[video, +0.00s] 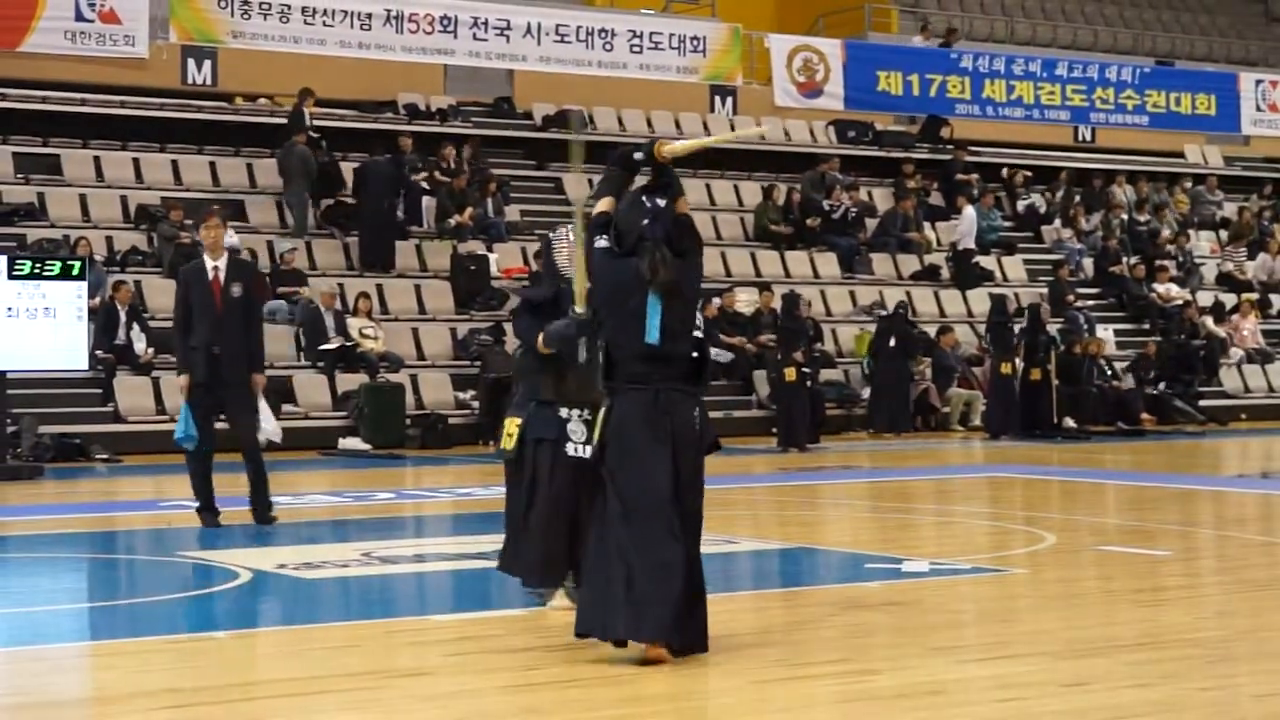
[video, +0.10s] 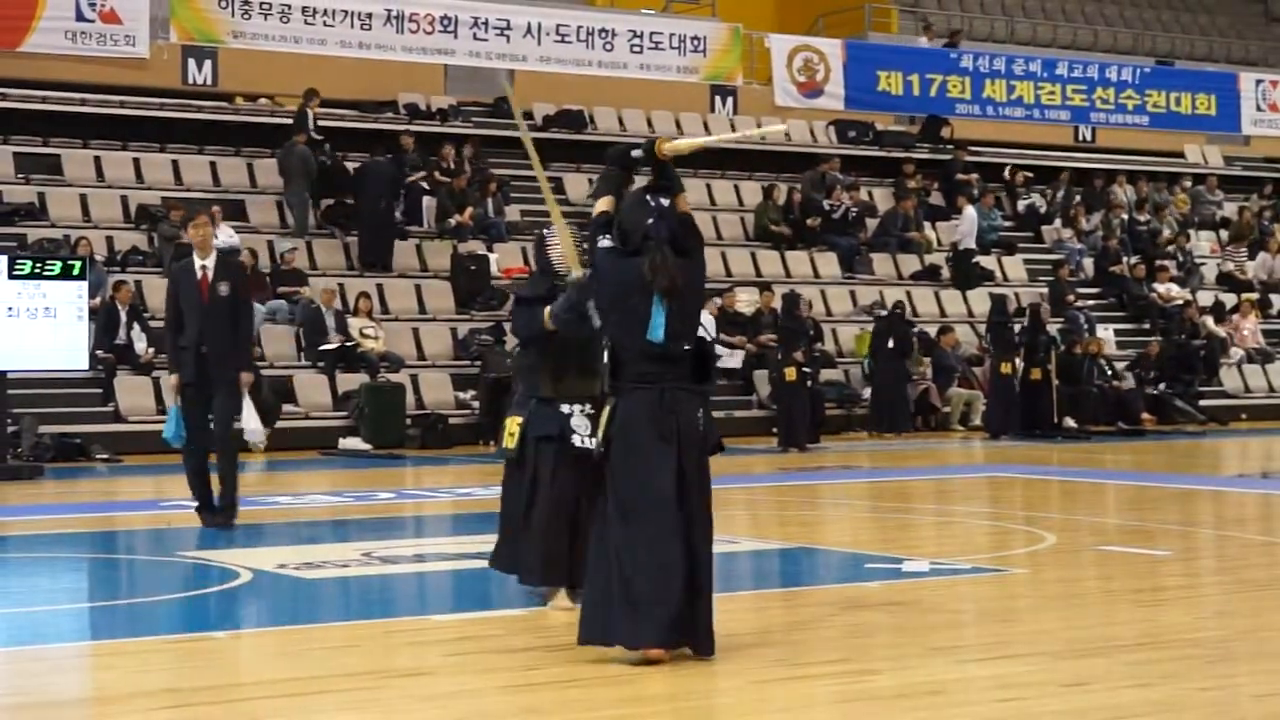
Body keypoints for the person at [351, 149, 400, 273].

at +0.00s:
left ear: (369, 153)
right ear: (385, 153)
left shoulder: (362, 168)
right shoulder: (392, 168)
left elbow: (355, 192)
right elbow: (397, 191)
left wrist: (364, 202)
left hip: (367, 210)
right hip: (386, 210)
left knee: (367, 239)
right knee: (386, 240)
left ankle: (367, 267)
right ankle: (386, 267)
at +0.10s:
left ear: (370, 154)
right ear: (386, 155)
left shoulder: (361, 169)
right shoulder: (392, 169)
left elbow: (355, 189)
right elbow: (395, 193)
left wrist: (359, 201)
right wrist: (390, 200)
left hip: (366, 208)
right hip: (385, 209)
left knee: (367, 238)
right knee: (385, 238)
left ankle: (367, 265)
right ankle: (385, 265)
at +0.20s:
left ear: (371, 154)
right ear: (386, 155)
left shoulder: (362, 169)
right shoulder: (392, 169)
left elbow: (356, 190)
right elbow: (396, 193)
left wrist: (359, 202)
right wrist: (390, 200)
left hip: (365, 208)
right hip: (385, 209)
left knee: (367, 237)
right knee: (385, 237)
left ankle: (368, 265)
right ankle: (385, 265)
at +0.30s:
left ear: (372, 154)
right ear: (387, 154)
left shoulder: (363, 169)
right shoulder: (393, 170)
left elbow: (354, 189)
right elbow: (396, 193)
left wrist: (358, 202)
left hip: (366, 208)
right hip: (385, 209)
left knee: (367, 237)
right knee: (385, 237)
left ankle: (368, 264)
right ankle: (385, 265)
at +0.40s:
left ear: (374, 155)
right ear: (388, 156)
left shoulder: (363, 168)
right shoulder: (392, 169)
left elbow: (354, 188)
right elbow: (395, 191)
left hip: (365, 206)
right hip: (384, 207)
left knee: (366, 235)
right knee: (386, 235)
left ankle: (368, 265)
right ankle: (386, 265)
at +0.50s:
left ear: (374, 154)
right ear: (389, 156)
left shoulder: (363, 168)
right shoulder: (394, 169)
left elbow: (353, 187)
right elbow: (396, 193)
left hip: (365, 207)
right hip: (385, 208)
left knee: (366, 235)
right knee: (387, 235)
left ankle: (367, 264)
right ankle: (386, 264)